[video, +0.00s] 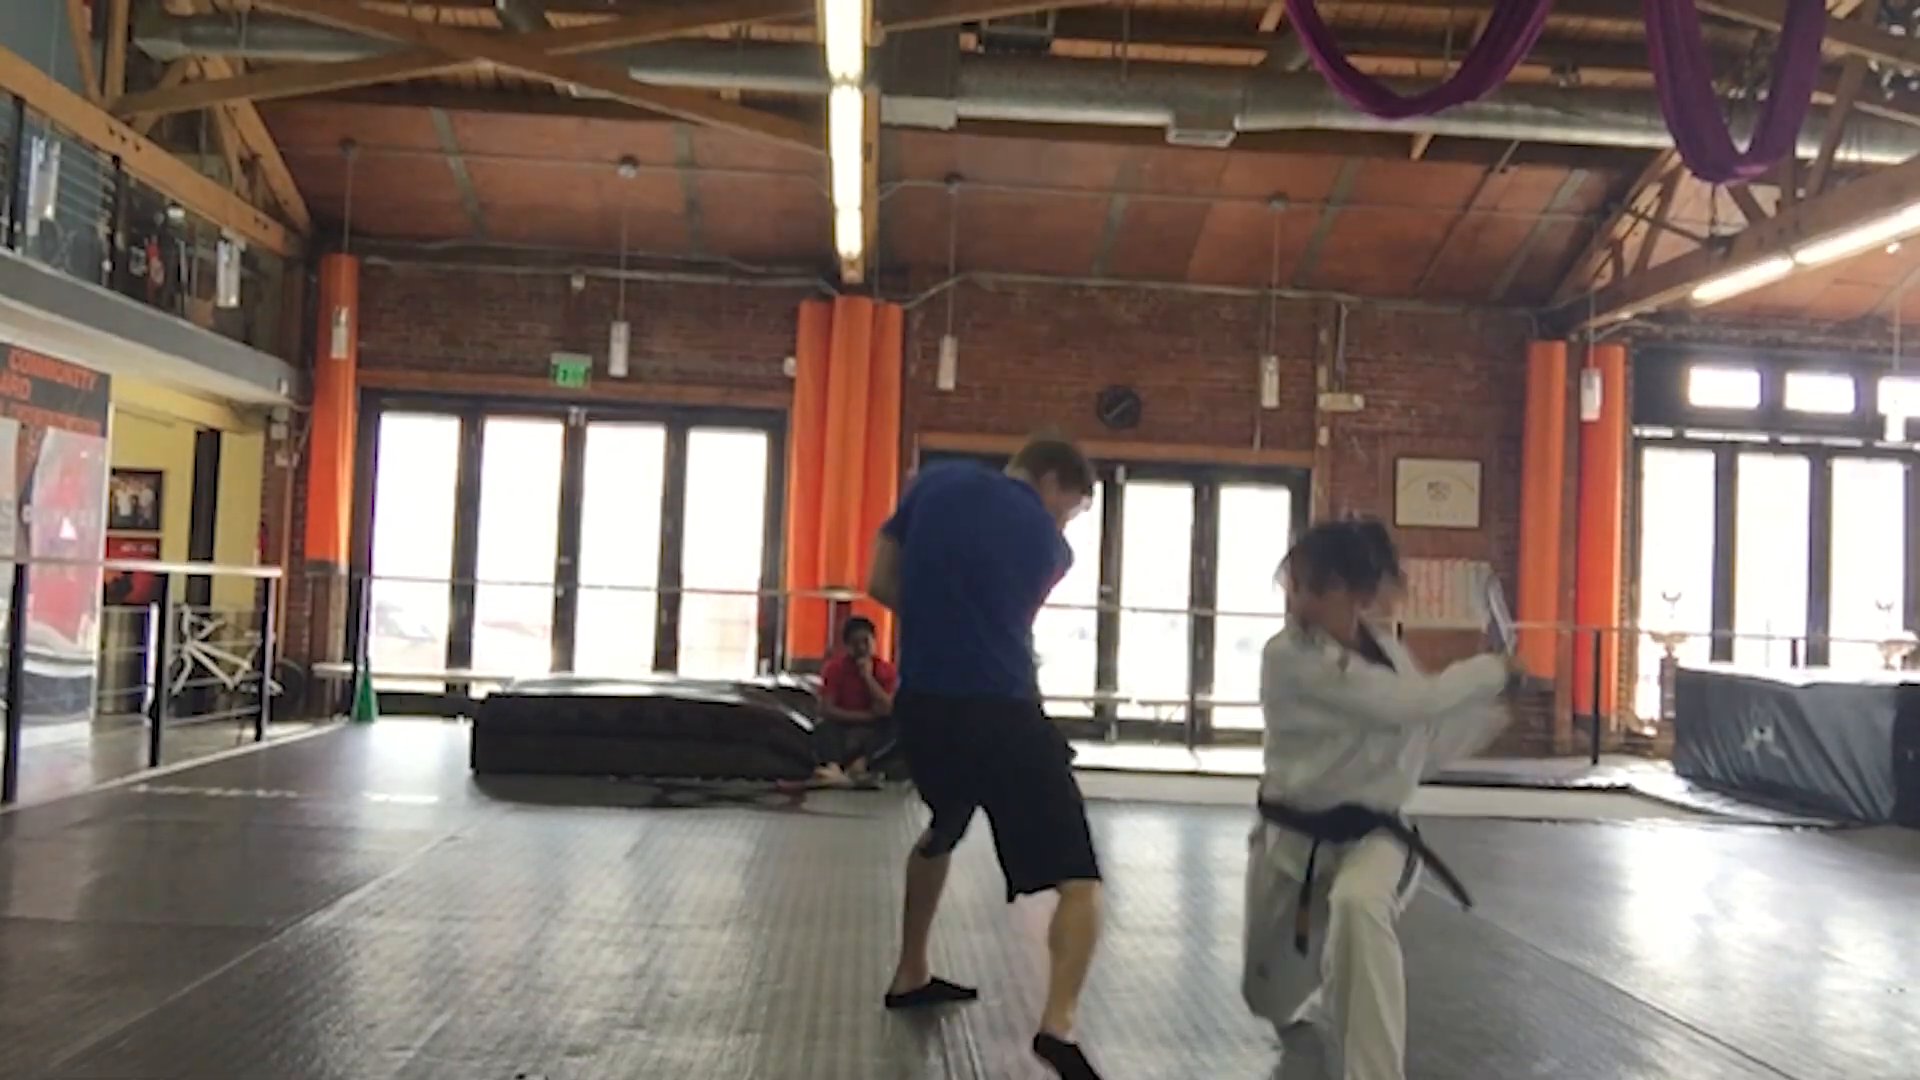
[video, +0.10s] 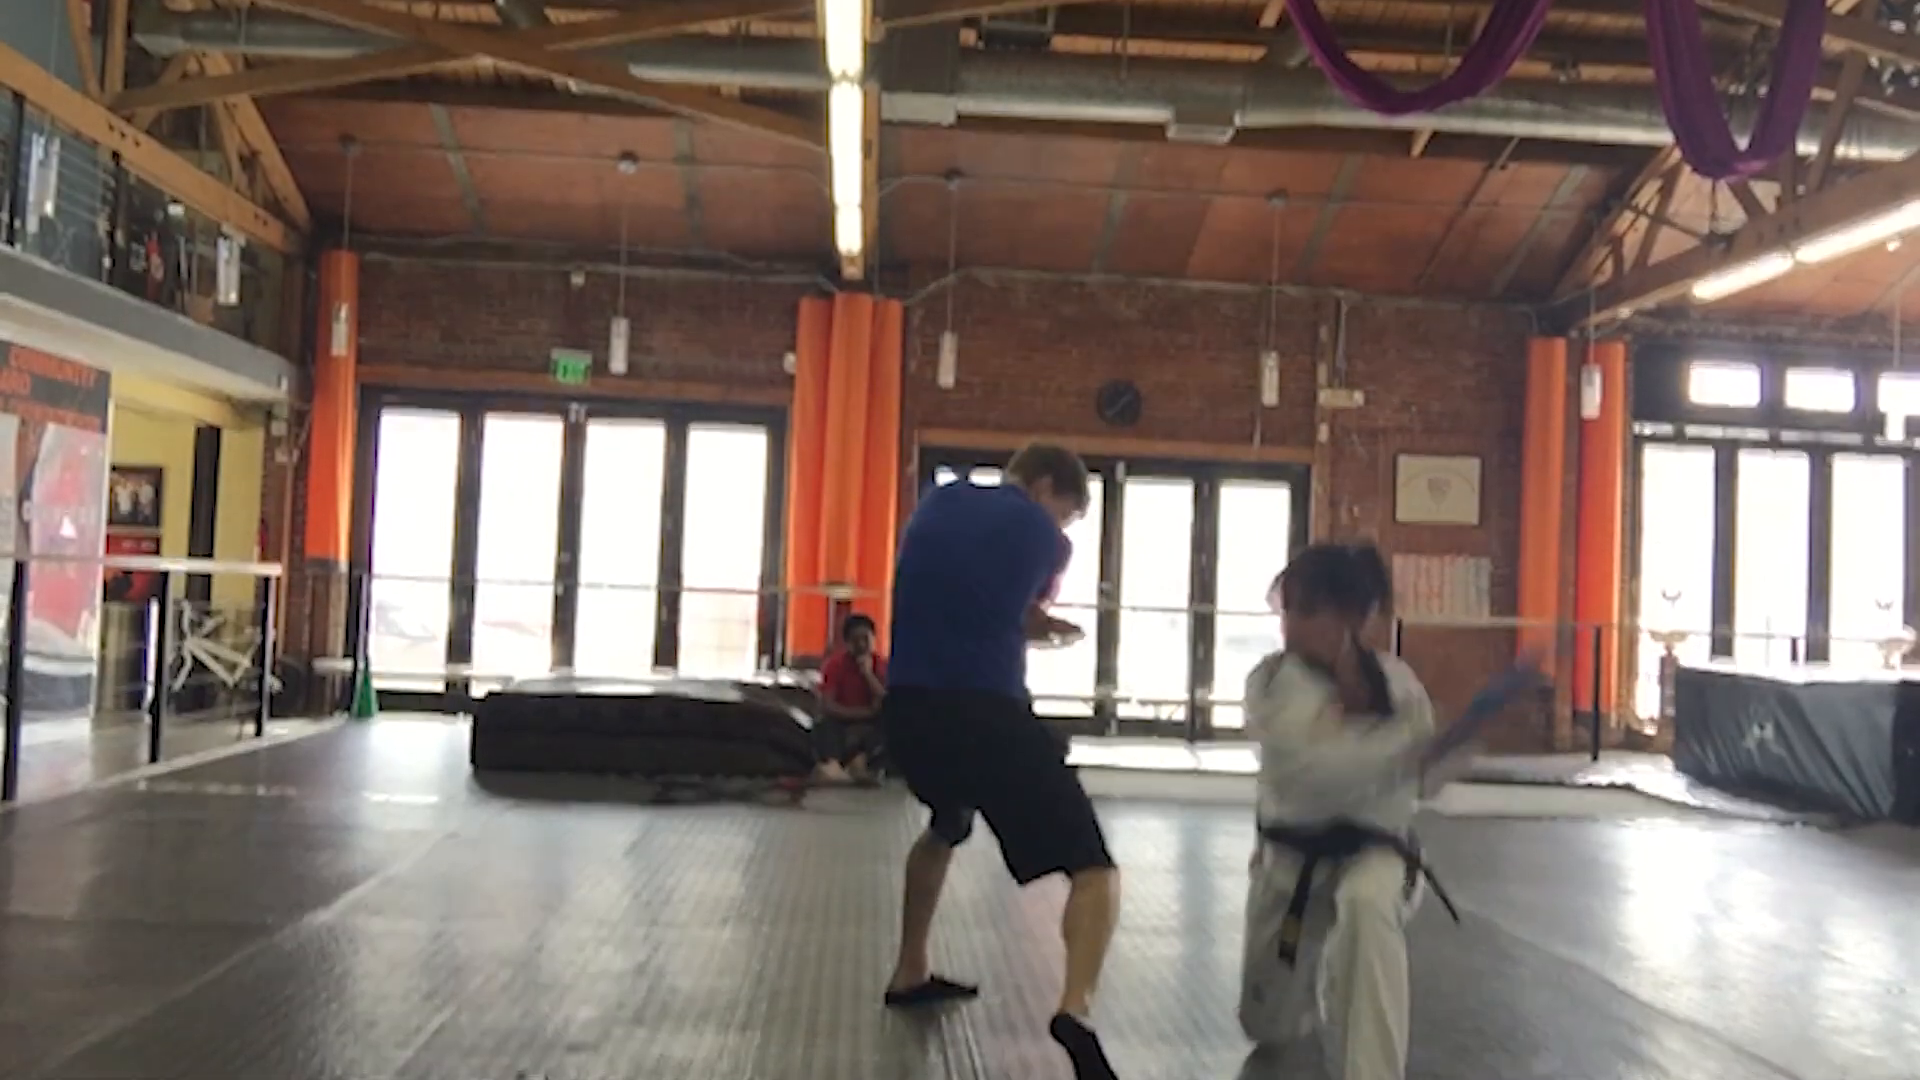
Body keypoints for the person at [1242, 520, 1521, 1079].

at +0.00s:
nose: (1294, 600)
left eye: (1310, 587)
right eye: (1292, 585)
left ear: (1360, 596)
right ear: (1290, 588)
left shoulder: (1389, 654)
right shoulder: (1288, 656)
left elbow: (1421, 754)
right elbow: (1403, 702)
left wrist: (1497, 709)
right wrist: (1496, 667)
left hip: (1374, 831)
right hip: (1290, 834)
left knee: (1357, 903)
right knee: (1271, 992)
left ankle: (1373, 1072)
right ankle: (1299, 1015)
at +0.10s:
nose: (1288, 625)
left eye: (1302, 611)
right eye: (1287, 609)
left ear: (1351, 617)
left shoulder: (1398, 683)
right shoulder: (1276, 680)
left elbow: (1414, 785)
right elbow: (1302, 771)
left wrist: (1466, 734)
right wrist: (1413, 747)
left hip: (1375, 842)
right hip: (1291, 848)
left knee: (1365, 901)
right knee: (1265, 1023)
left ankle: (1372, 1070)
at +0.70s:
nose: (1304, 510)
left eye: (1323, 500)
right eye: (1305, 494)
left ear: (1370, 519)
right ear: (1303, 496)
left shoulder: (1384, 584)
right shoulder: (1295, 562)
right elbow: (1241, 626)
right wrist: (1230, 601)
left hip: (1396, 768)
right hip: (1332, 772)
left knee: (1326, 912)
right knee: (1309, 905)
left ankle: (1366, 1070)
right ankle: (1409, 995)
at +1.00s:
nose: (1332, 437)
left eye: (1339, 427)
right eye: (1337, 425)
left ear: (1353, 438)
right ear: (1414, 444)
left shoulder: (1304, 512)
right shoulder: (1430, 526)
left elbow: (1244, 554)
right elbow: (1403, 594)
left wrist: (1255, 492)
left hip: (1308, 697)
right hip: (1396, 700)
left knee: (1292, 877)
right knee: (1389, 878)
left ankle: (1320, 1051)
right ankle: (1398, 1046)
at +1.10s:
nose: (1325, 437)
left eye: (1332, 428)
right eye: (1329, 424)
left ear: (1347, 442)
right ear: (1406, 448)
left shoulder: (1305, 513)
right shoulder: (1424, 521)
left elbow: (1249, 525)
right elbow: (1368, 514)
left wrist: (1234, 472)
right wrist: (1323, 482)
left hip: (1297, 700)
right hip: (1387, 705)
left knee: (1253, 879)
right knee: (1387, 886)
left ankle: (1220, 1053)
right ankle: (1396, 1049)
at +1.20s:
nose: (1298, 454)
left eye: (1304, 444)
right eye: (1300, 443)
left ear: (1320, 452)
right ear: (1385, 453)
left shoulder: (1289, 521)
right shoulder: (1413, 530)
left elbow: (1222, 536)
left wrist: (1234, 487)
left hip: (1290, 709)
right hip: (1379, 715)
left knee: (1233, 884)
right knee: (1371, 885)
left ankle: (1216, 1056)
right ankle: (1397, 1051)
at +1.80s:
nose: (1299, 503)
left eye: (1315, 493)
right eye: (1302, 492)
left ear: (1354, 508)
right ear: (1324, 510)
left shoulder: (1393, 585)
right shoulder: (1304, 591)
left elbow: (1363, 680)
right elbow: (1280, 687)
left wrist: (1279, 653)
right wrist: (1247, 656)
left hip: (1386, 772)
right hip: (1329, 769)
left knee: (1262, 904)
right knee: (1306, 912)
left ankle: (1268, 1070)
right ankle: (1388, 1024)